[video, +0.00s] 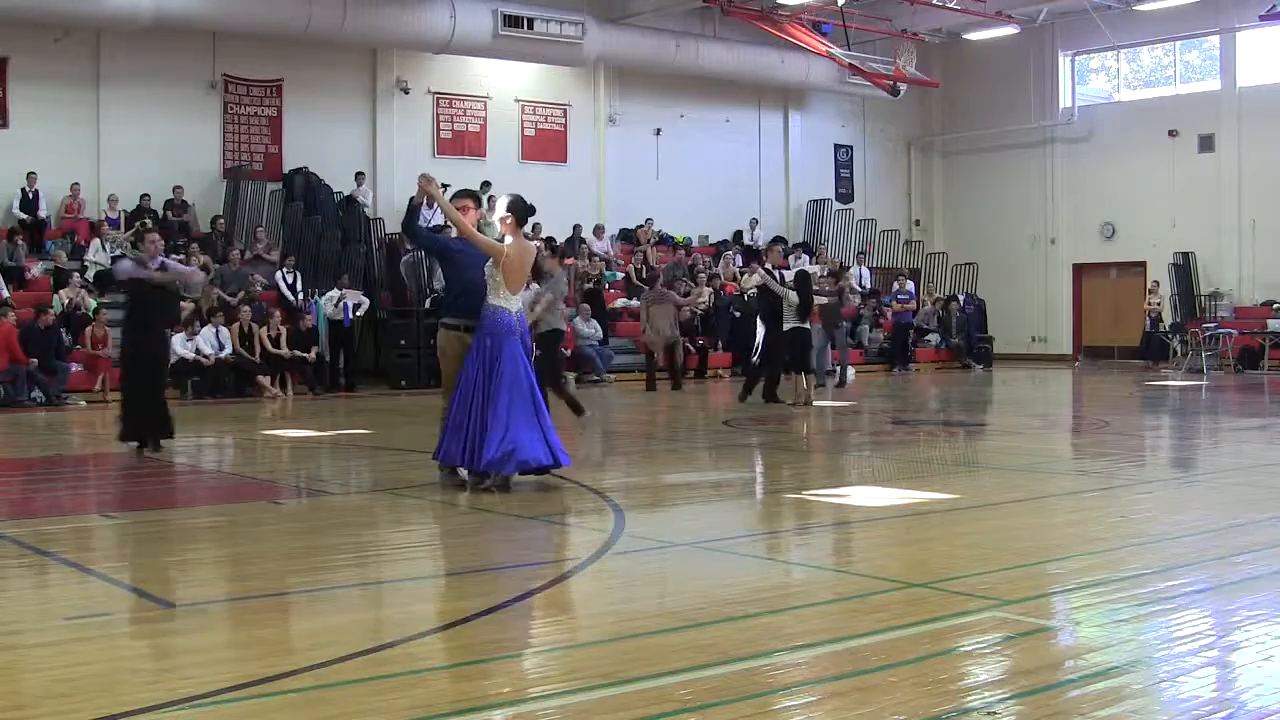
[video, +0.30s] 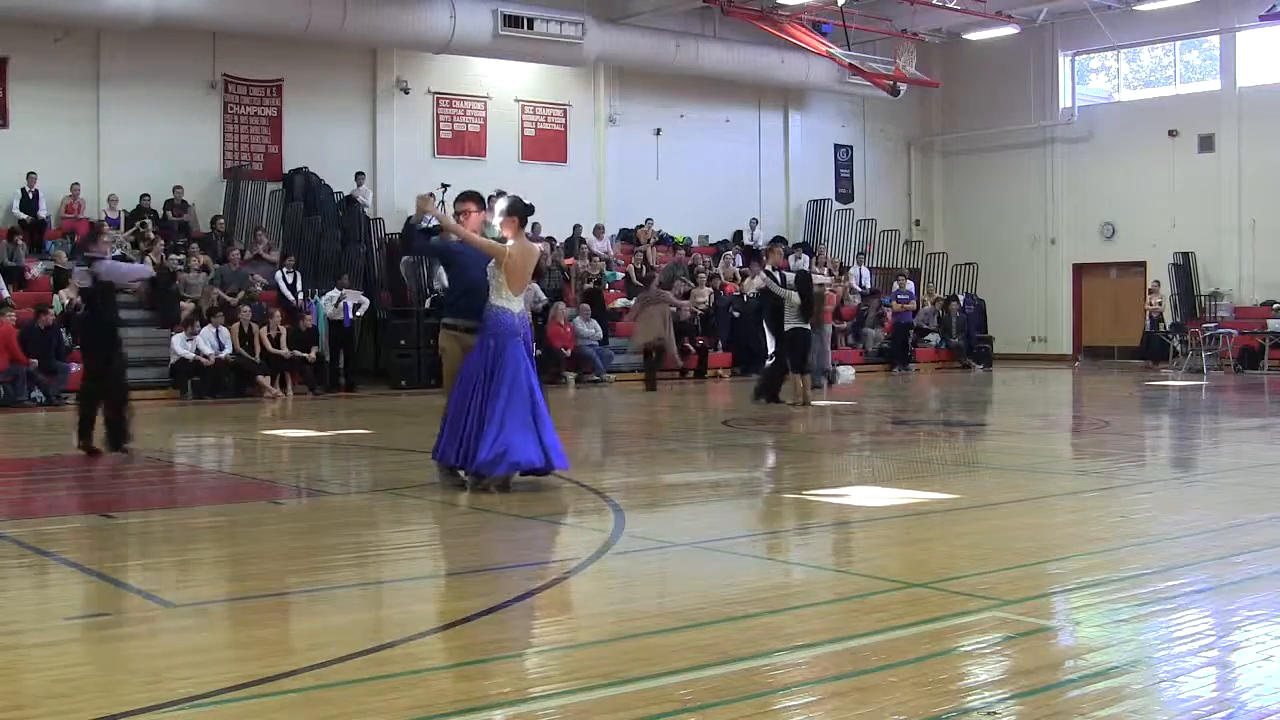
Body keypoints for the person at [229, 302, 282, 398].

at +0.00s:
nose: (247, 314)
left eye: (249, 312)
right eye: (244, 312)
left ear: (251, 314)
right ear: (239, 315)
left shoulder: (255, 327)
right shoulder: (235, 327)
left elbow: (257, 344)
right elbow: (237, 347)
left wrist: (257, 356)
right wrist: (250, 358)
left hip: (252, 354)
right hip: (240, 354)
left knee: (264, 365)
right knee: (253, 367)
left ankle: (267, 391)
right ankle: (271, 390)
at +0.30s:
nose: (247, 314)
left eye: (249, 312)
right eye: (244, 312)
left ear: (251, 314)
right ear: (239, 315)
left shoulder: (255, 327)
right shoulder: (235, 327)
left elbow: (257, 344)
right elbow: (237, 347)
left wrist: (257, 356)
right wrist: (250, 358)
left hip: (252, 354)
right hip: (240, 354)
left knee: (264, 365)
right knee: (253, 367)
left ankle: (267, 391)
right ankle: (271, 389)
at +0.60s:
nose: (247, 314)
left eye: (249, 312)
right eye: (244, 312)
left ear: (251, 314)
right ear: (239, 315)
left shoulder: (255, 327)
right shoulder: (235, 327)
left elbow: (257, 344)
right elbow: (237, 347)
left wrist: (257, 356)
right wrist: (250, 357)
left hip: (253, 354)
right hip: (241, 354)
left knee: (264, 366)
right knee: (253, 368)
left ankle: (267, 391)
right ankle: (271, 389)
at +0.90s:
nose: (247, 314)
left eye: (248, 312)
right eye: (244, 312)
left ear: (251, 314)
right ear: (239, 315)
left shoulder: (255, 326)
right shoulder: (235, 327)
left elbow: (257, 344)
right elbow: (237, 347)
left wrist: (257, 356)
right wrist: (250, 357)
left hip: (253, 354)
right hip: (241, 353)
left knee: (264, 367)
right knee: (253, 368)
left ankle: (267, 391)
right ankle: (271, 389)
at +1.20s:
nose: (245, 314)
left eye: (247, 311)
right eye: (242, 312)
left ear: (250, 313)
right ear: (238, 315)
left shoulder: (255, 326)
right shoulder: (235, 327)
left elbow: (257, 343)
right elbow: (237, 347)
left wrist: (257, 356)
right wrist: (250, 357)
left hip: (253, 354)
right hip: (241, 354)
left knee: (264, 366)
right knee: (254, 367)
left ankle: (267, 392)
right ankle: (272, 390)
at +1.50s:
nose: (245, 314)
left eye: (247, 311)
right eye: (242, 312)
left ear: (250, 313)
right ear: (238, 315)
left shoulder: (255, 326)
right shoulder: (235, 327)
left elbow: (257, 343)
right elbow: (237, 347)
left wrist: (257, 356)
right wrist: (249, 357)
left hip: (253, 354)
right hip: (242, 354)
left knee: (264, 367)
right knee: (254, 368)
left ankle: (267, 392)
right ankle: (270, 389)